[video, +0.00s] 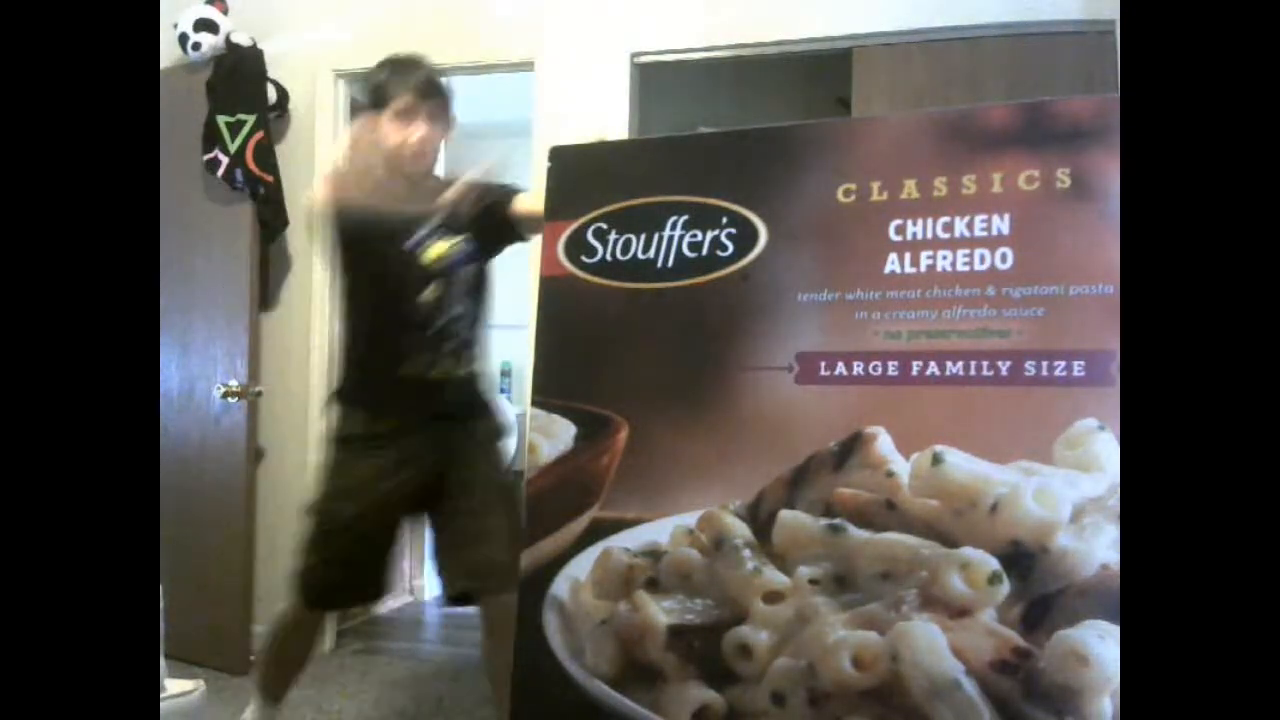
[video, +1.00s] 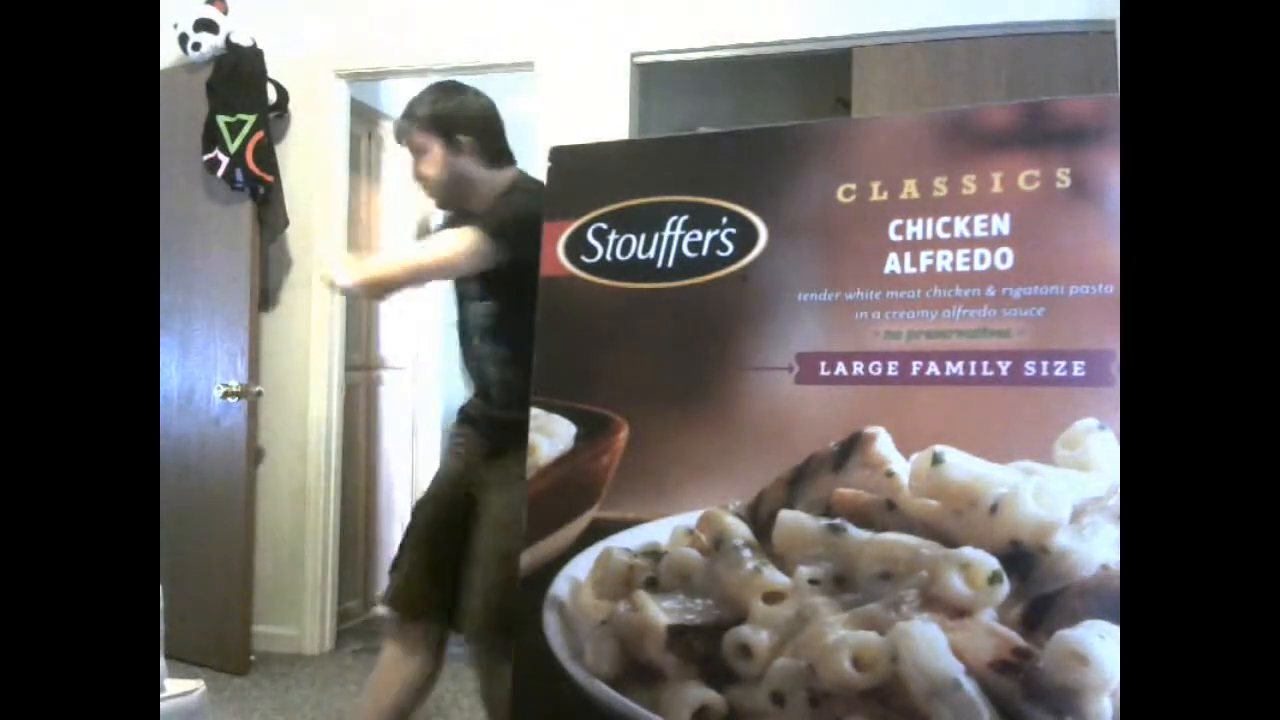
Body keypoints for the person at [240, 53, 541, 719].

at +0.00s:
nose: (424, 136)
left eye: (435, 120)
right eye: (407, 118)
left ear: (449, 128)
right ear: (369, 125)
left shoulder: (470, 207)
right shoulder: (358, 205)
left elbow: (555, 213)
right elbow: (346, 197)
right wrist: (364, 149)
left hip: (462, 421)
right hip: (375, 425)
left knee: (501, 589)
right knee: (315, 597)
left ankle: (512, 713)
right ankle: (261, 710)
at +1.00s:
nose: (415, 172)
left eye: (420, 154)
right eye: (412, 156)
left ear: (460, 145)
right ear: (456, 149)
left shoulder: (525, 206)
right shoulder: (477, 215)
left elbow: (451, 259)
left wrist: (361, 275)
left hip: (534, 439)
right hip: (478, 429)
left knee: (498, 630)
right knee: (415, 613)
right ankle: (374, 713)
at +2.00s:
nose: (387, 87)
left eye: (400, 74)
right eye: (370, 73)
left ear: (412, 86)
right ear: (338, 83)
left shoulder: (426, 176)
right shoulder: (308, 145)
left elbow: (518, 213)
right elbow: (269, 57)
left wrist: (493, 156)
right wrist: (343, 56)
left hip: (407, 404)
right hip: (315, 402)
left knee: (455, 586)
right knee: (283, 603)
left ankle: (480, 716)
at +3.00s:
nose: (452, 162)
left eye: (468, 148)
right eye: (441, 146)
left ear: (496, 152)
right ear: (425, 151)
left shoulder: (540, 225)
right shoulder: (403, 235)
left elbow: (586, 321)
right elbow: (380, 348)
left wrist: (529, 364)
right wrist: (450, 411)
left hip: (508, 428)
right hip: (424, 423)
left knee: (493, 609)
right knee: (355, 598)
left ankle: (488, 717)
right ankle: (300, 713)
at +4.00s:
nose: (493, 137)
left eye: (511, 126)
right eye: (494, 125)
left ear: (553, 141)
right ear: (492, 131)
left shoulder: (569, 230)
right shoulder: (478, 180)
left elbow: (478, 294)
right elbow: (403, 117)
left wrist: (395, 240)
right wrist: (404, 58)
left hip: (491, 421)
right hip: (412, 399)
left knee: (473, 596)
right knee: (329, 544)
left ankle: (478, 719)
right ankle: (315, 710)